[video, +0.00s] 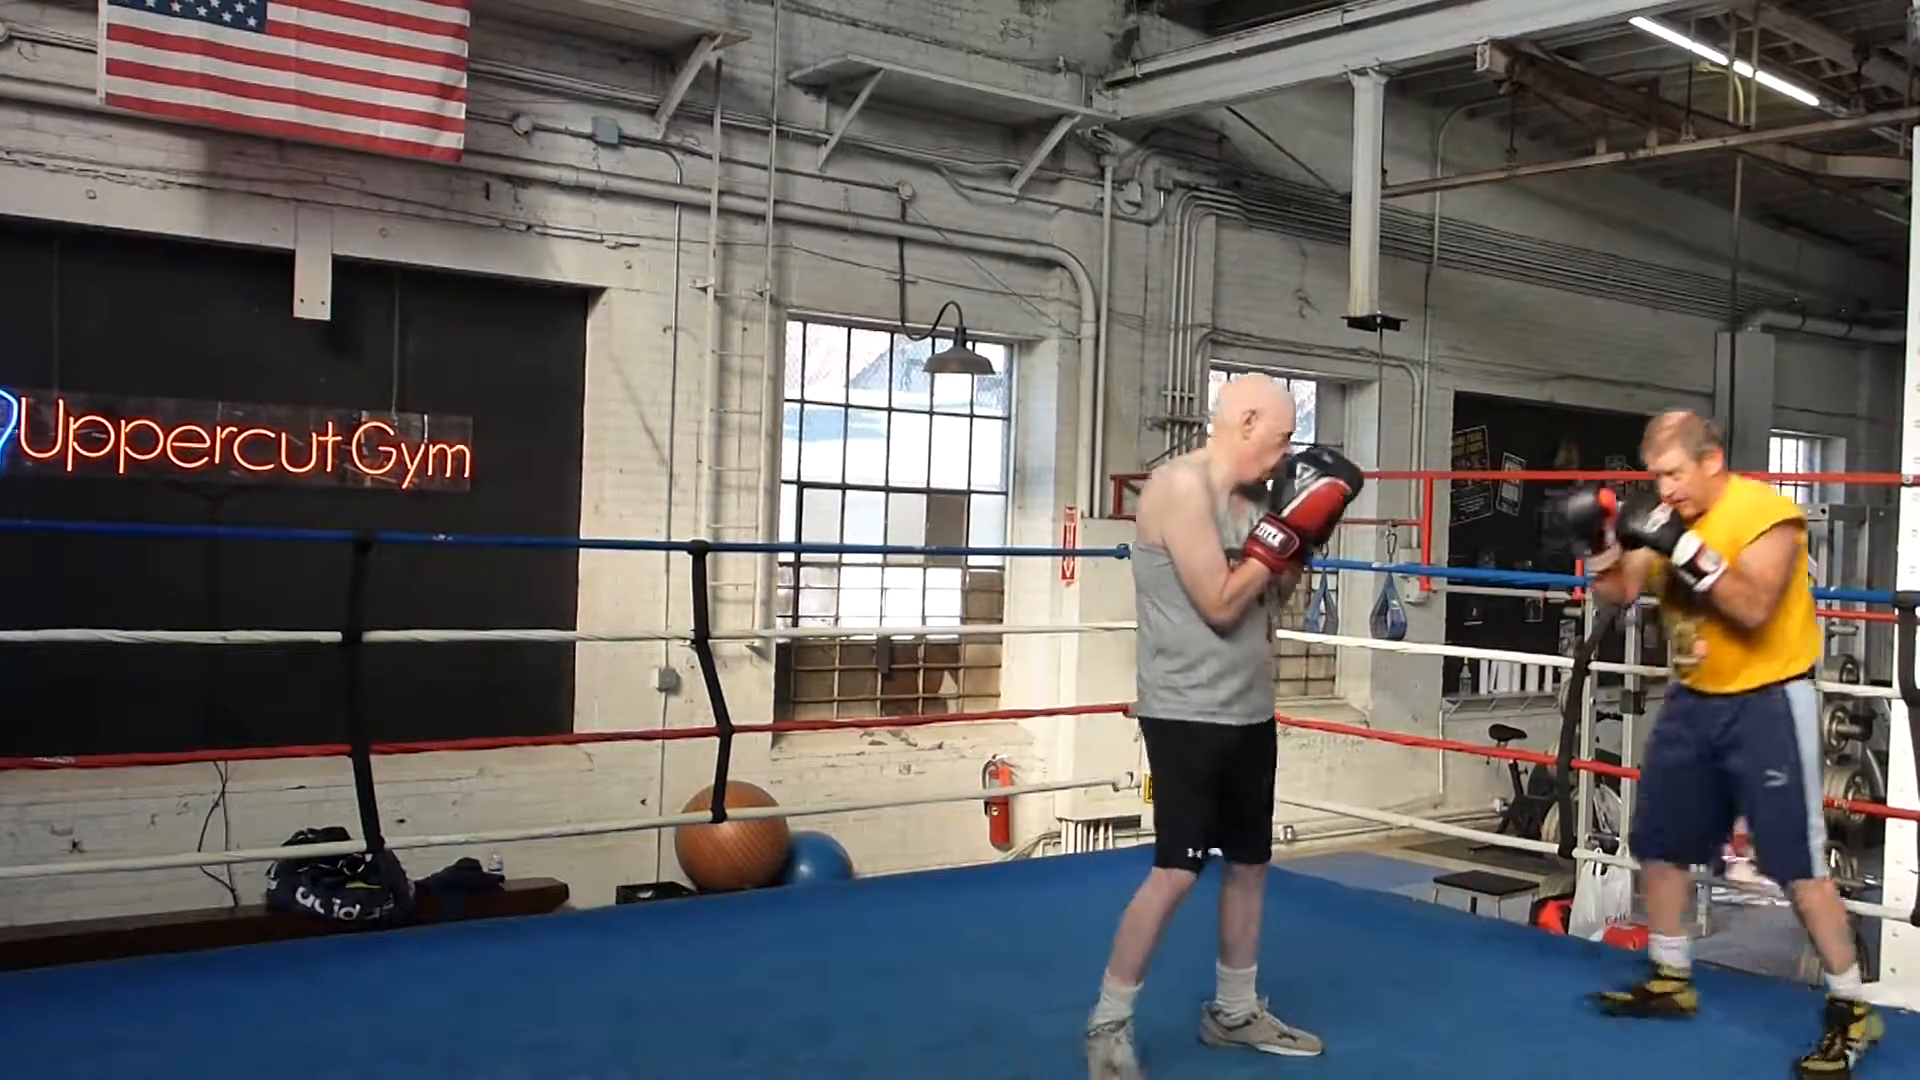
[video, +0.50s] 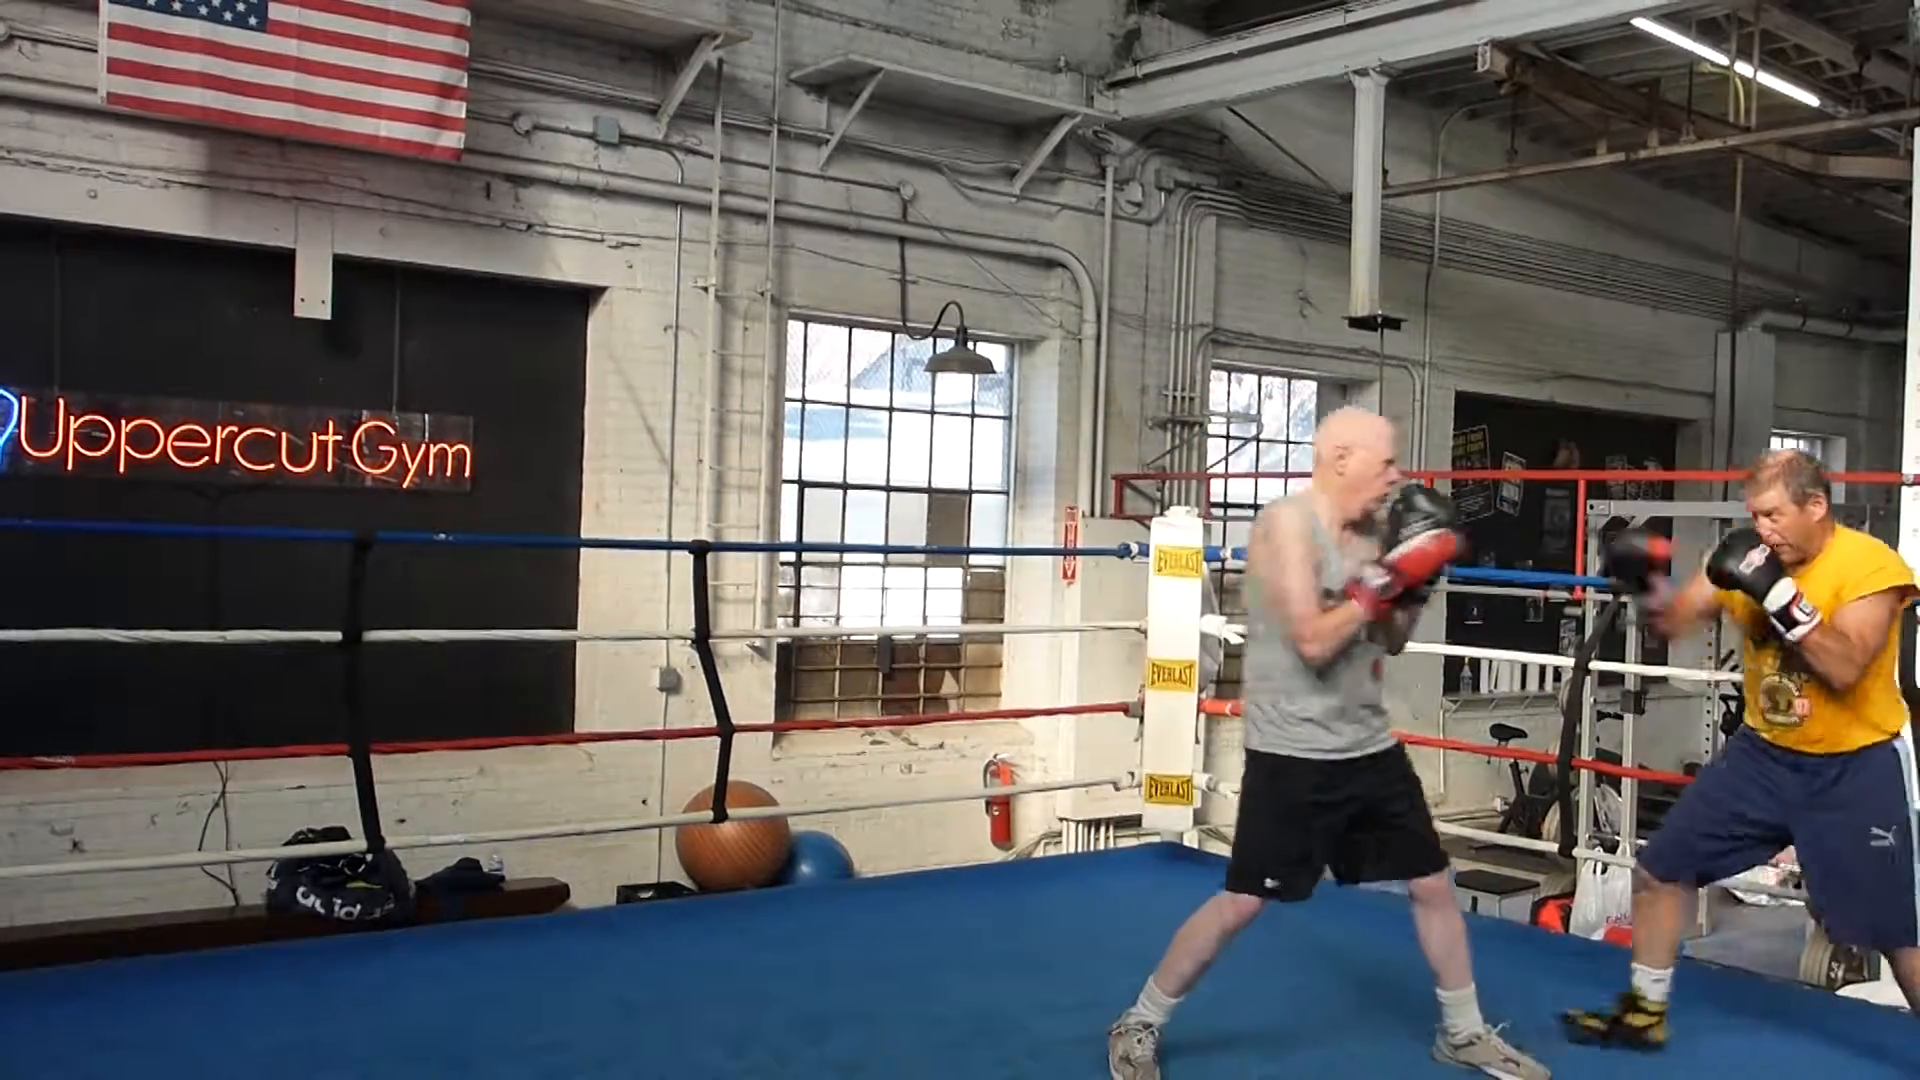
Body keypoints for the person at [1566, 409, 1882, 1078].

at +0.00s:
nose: (1665, 489)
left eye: (1673, 475)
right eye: (1656, 478)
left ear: (1715, 460)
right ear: (1655, 477)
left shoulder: (1766, 509)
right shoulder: (1667, 521)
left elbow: (1753, 607)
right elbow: (1616, 594)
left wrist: (1684, 546)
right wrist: (1602, 544)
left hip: (1769, 703)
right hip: (1691, 703)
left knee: (1794, 859)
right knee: (1659, 841)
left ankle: (1853, 1007)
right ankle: (1670, 981)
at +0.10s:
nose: (1706, 500)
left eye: (1715, 485)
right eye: (1698, 489)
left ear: (1756, 468)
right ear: (1693, 485)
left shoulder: (1814, 521)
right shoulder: (1704, 527)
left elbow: (1788, 616)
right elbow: (1651, 604)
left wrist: (1716, 550)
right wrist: (1633, 550)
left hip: (1808, 716)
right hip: (1728, 715)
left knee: (1844, 878)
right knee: (1702, 863)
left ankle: (1904, 1016)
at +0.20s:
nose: (1750, 532)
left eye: (1761, 517)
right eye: (1743, 519)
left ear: (1805, 505)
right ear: (1738, 516)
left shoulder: (1855, 562)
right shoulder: (1745, 562)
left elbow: (1814, 659)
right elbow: (1675, 639)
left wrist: (1751, 587)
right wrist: (1671, 575)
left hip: (1846, 762)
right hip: (1760, 760)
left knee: (1891, 923)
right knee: (1725, 898)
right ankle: (1812, 1003)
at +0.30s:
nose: (1777, 545)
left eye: (1787, 529)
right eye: (1769, 532)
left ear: (1831, 518)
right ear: (1762, 529)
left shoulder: (1881, 578)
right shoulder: (1766, 576)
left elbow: (1846, 678)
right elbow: (1717, 669)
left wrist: (1774, 612)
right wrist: (1704, 609)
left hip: (1868, 778)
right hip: (1776, 770)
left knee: (1896, 941)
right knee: (1695, 886)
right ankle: (1785, 981)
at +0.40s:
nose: (1774, 537)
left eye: (1785, 521)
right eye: (1767, 524)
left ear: (1831, 511)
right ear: (1760, 522)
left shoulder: (1883, 570)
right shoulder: (1772, 573)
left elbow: (1848, 671)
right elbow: (1725, 663)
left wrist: (1779, 595)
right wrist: (1701, 617)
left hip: (1865, 770)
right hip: (1772, 759)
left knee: (1898, 933)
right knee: (1680, 862)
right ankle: (1730, 1002)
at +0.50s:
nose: (1762, 530)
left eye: (1773, 515)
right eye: (1755, 516)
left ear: (1818, 506)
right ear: (1751, 514)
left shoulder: (1870, 564)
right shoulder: (1746, 560)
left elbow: (1846, 667)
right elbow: (1673, 623)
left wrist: (1778, 592)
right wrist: (1647, 586)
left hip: (1860, 766)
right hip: (1763, 756)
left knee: (1899, 931)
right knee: (1662, 866)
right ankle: (1645, 1013)